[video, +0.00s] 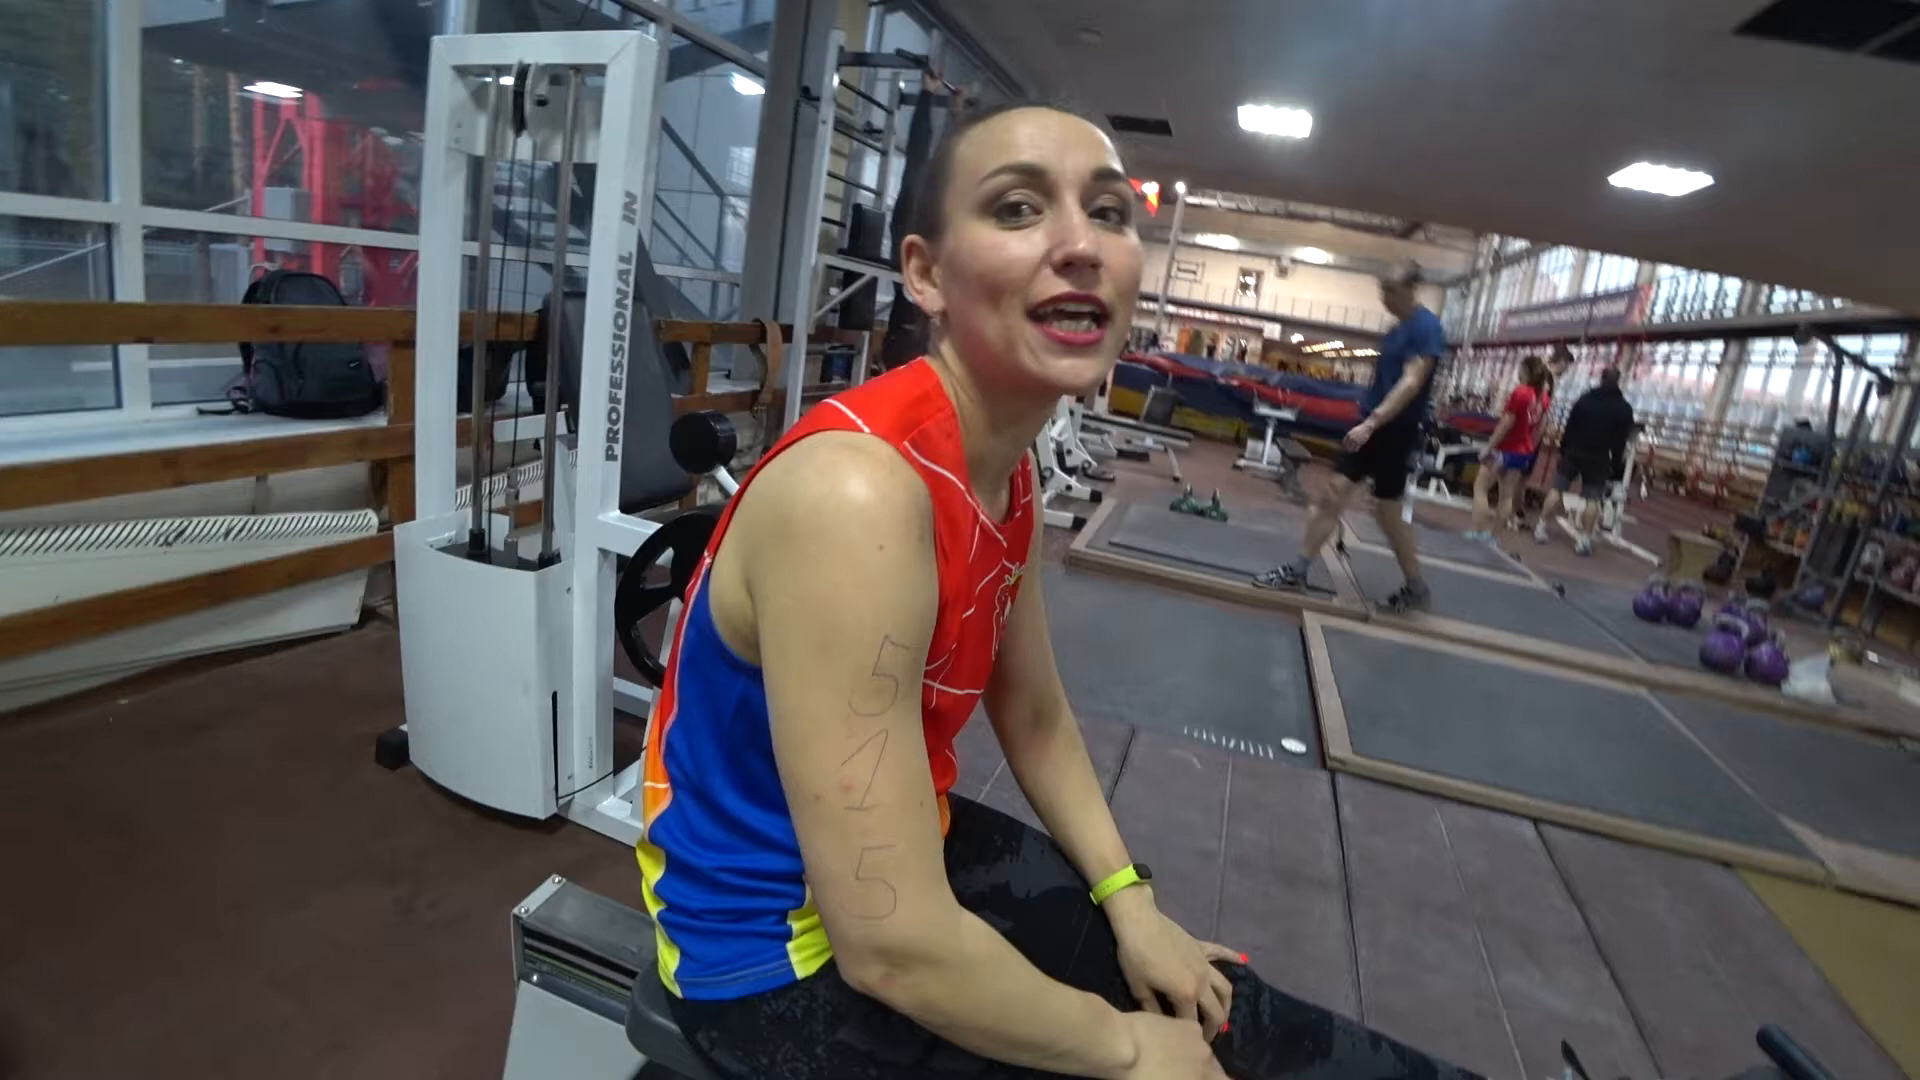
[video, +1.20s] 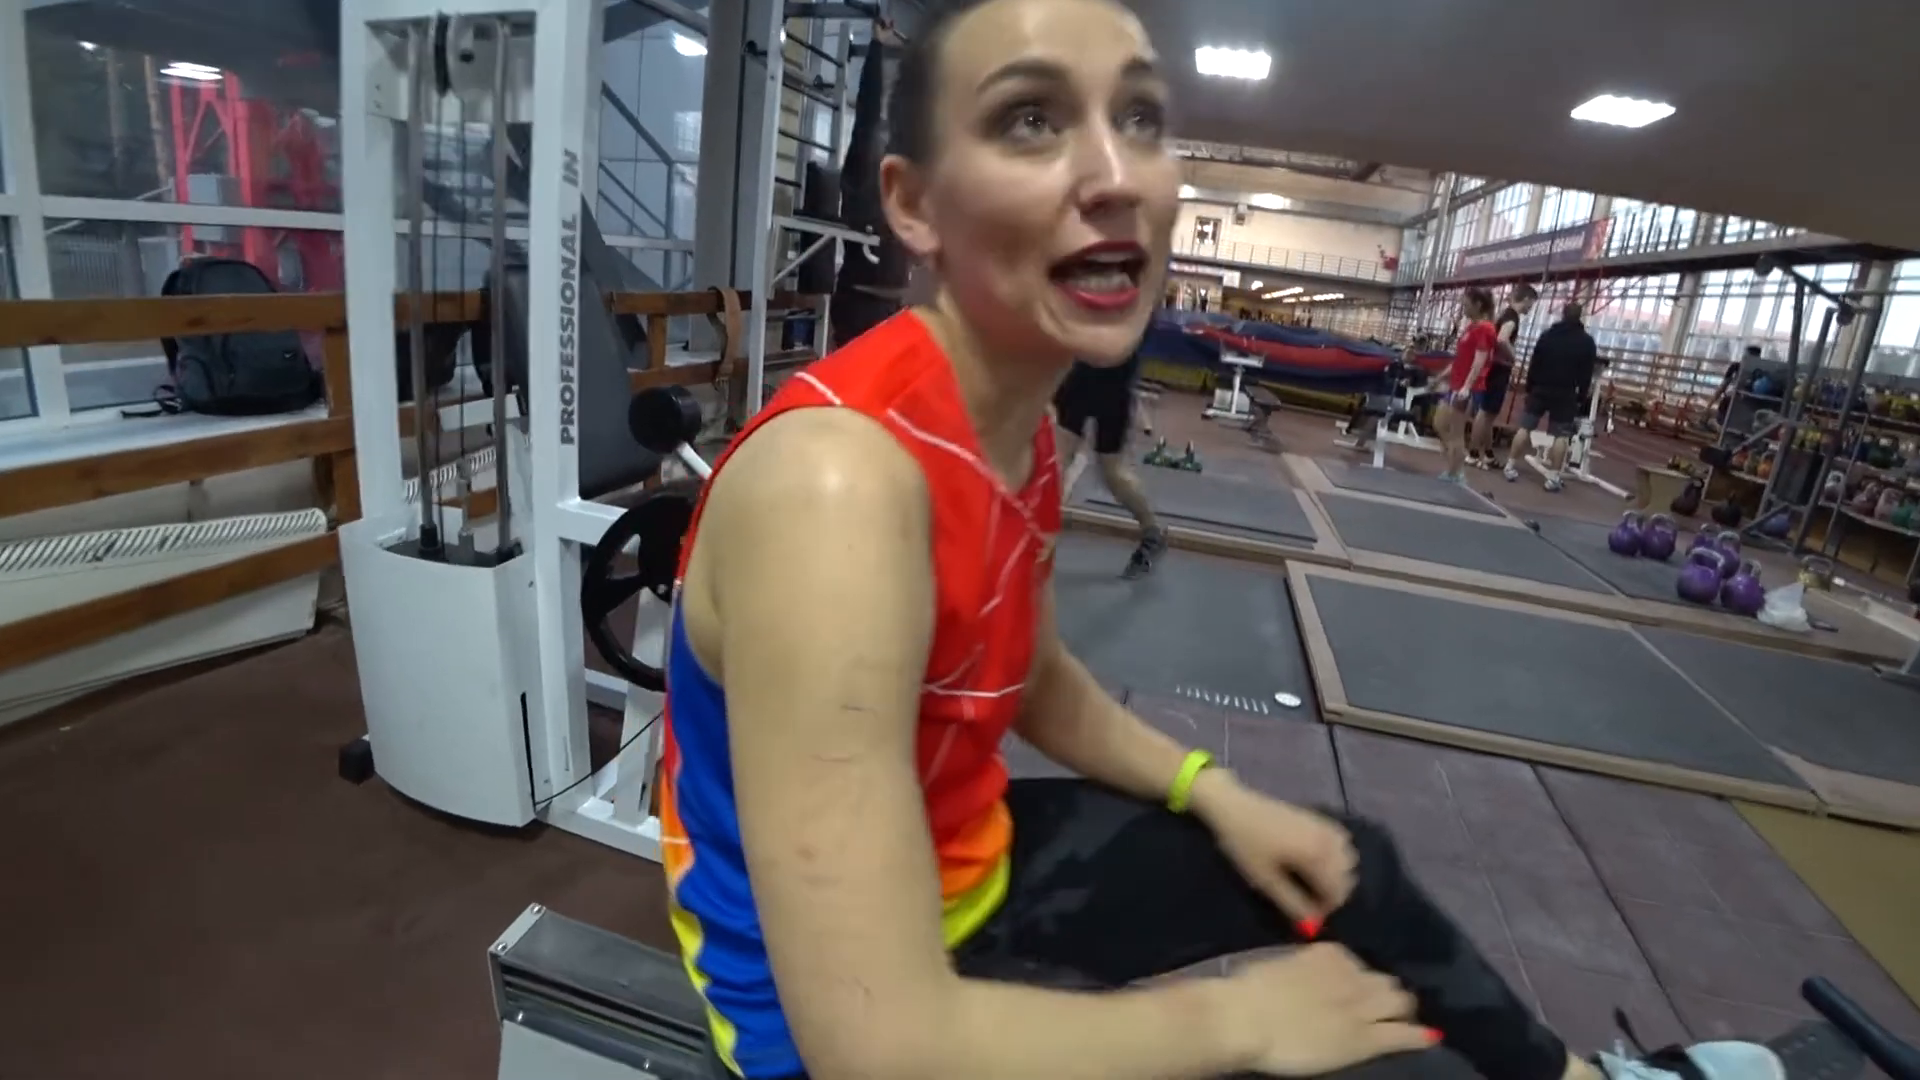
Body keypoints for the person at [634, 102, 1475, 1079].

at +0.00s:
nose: (1082, 245)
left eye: (1106, 211)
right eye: (1018, 207)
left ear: (1136, 257)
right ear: (926, 272)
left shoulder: (999, 465)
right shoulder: (854, 498)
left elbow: (1034, 714)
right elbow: (894, 940)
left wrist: (1131, 906)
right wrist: (1133, 1048)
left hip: (912, 848)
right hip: (784, 974)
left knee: (1207, 991)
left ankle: (1448, 1079)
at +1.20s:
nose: (1114, 177)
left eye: (1140, 121)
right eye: (1032, 124)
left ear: (1174, 166)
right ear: (915, 210)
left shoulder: (1013, 425)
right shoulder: (834, 490)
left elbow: (1032, 681)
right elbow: (874, 1040)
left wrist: (1216, 795)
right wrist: (1231, 1021)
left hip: (978, 864)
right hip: (864, 1013)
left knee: (1342, 867)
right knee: (1399, 1051)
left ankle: (1561, 1071)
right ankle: (1560, 1071)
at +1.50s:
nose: (1044, 349)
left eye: (1114, 262)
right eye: (976, 260)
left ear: (1193, 257)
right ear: (901, 245)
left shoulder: (1023, 455)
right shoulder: (813, 547)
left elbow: (1031, 705)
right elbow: (941, 1059)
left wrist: (1234, 791)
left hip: (995, 926)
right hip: (827, 1042)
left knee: (1362, 827)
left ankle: (1519, 1074)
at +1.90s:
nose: (961, 436)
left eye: (1048, 344)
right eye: (891, 330)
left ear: (1145, 338)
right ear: (826, 301)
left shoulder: (984, 527)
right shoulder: (721, 638)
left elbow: (986, 763)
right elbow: (778, 1053)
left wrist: (1195, 826)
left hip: (978, 1002)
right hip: (809, 1050)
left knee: (1326, 861)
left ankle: (1413, 1065)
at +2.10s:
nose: (990, 308)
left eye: (1077, 207)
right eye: (910, 195)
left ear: (1171, 215)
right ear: (824, 183)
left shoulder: (969, 459)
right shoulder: (699, 547)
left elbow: (964, 724)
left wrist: (1189, 780)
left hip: (973, 974)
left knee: (1320, 817)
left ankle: (1430, 1071)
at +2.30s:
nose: (1030, 120)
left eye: (1109, 27)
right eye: (934, 20)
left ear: (1180, 69)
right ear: (818, 53)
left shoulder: (964, 359)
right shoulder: (684, 407)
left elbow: (940, 638)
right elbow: (800, 1040)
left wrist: (1182, 696)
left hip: (957, 904)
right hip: (785, 1006)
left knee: (1305, 736)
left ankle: (1445, 1050)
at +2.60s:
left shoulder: (936, 210)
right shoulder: (673, 272)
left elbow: (912, 523)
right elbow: (846, 1030)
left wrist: (1128, 602)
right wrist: (1325, 1066)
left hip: (945, 747)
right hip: (849, 921)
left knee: (1294, 622)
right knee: (1342, 1037)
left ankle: (1437, 920)